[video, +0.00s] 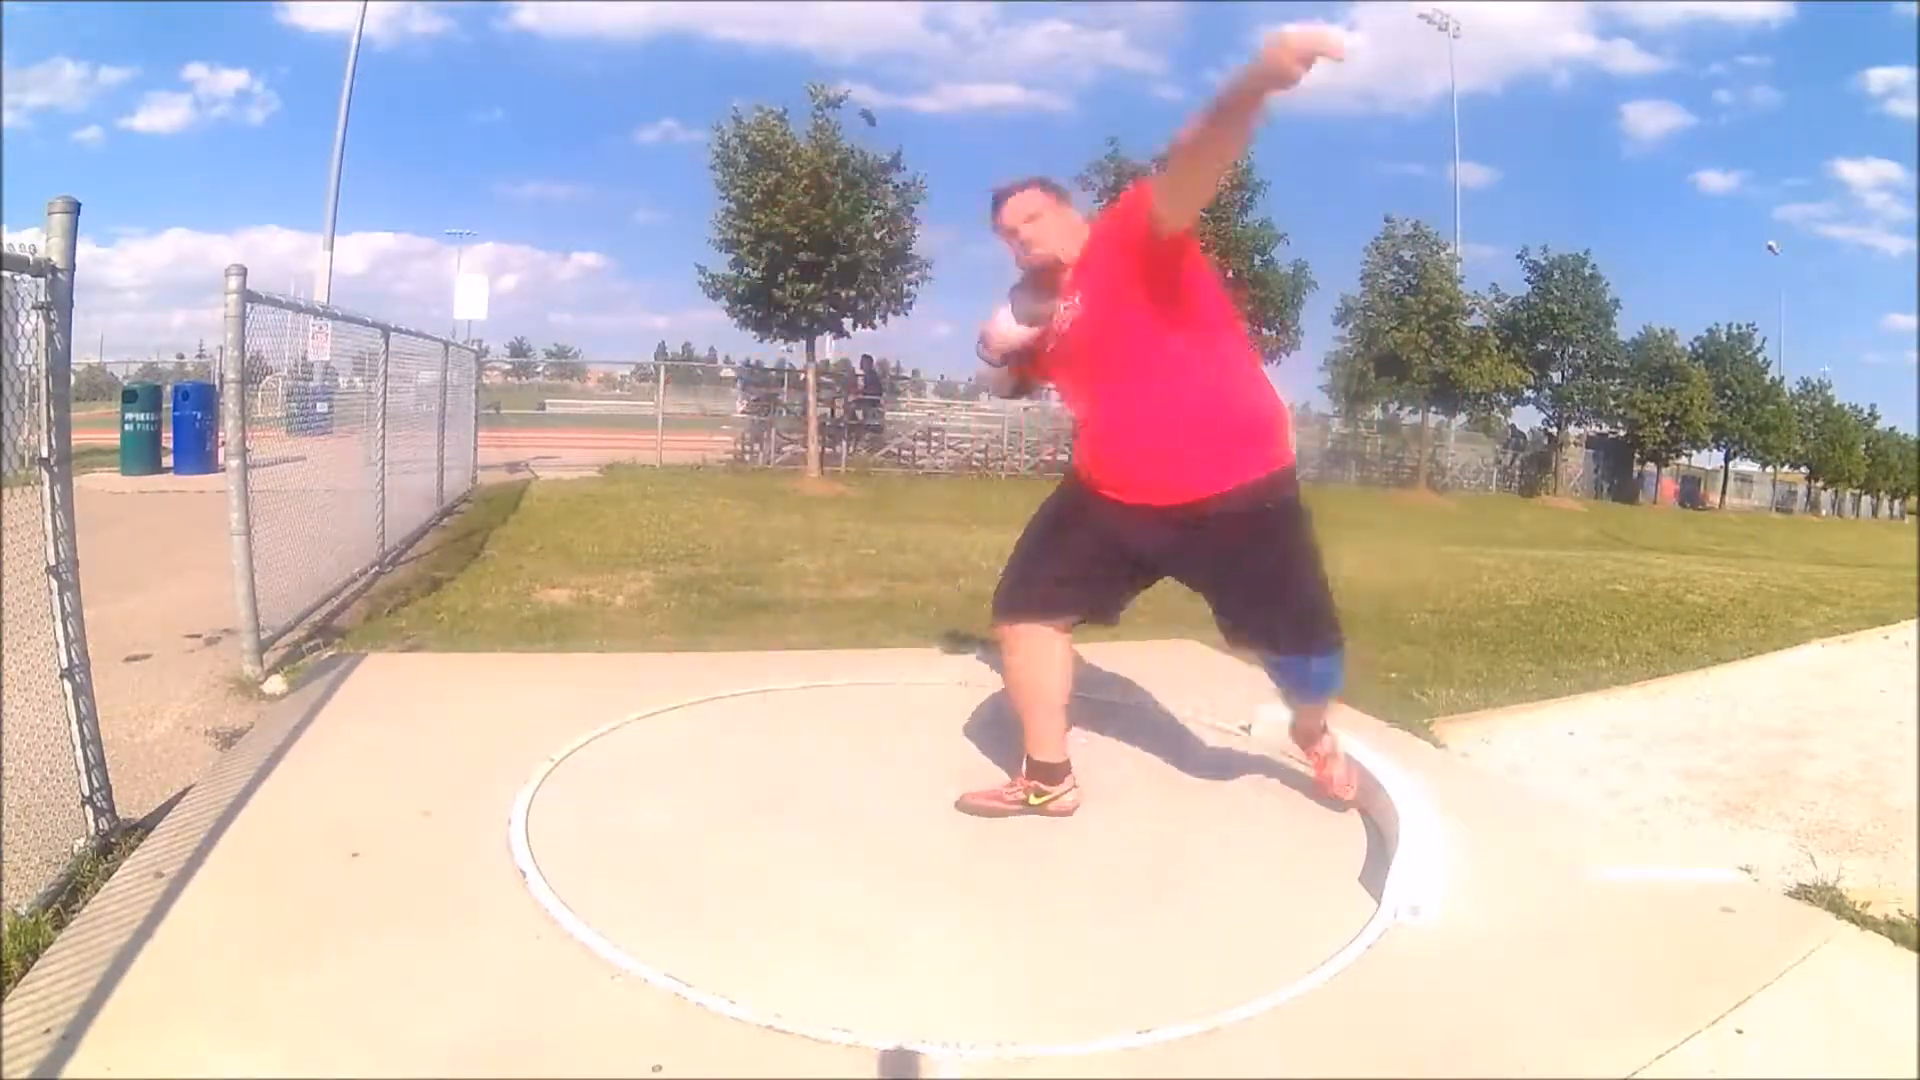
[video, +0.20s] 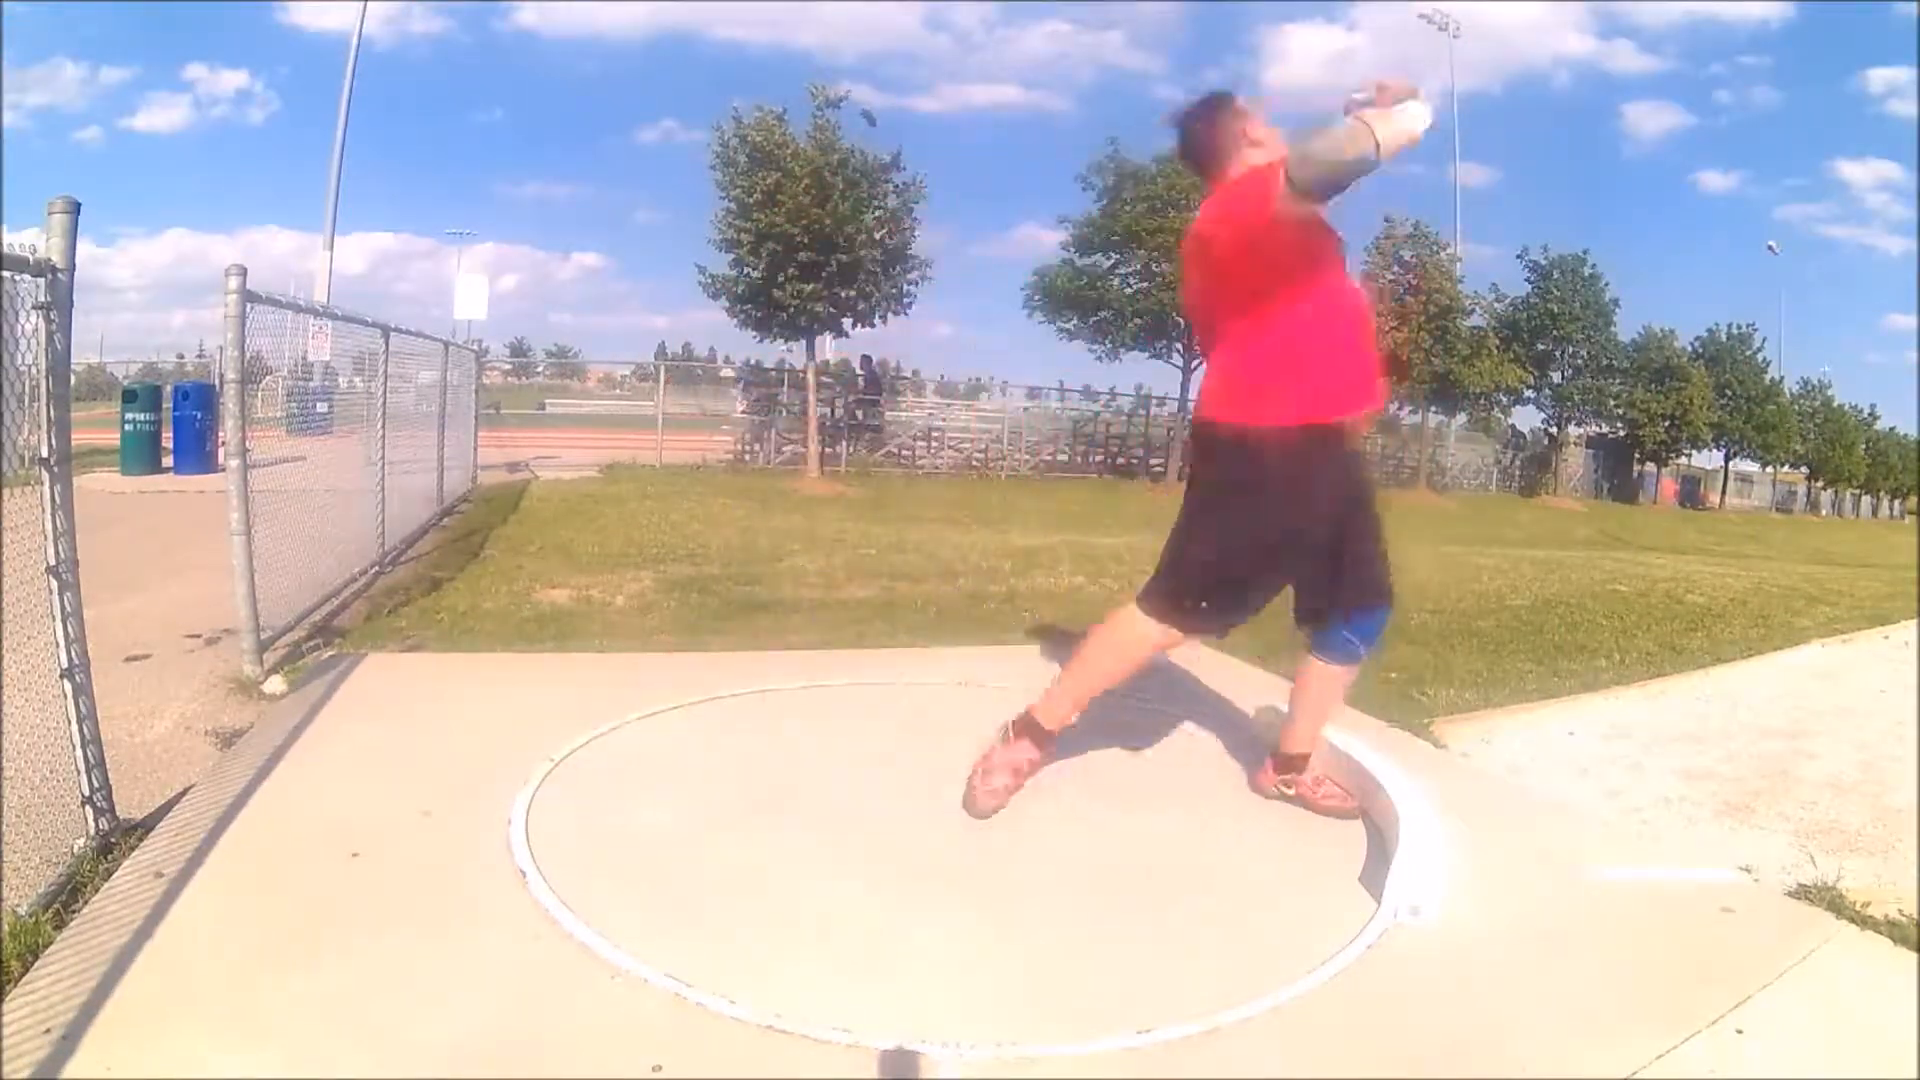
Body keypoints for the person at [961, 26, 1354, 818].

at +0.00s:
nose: (1023, 238)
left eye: (1032, 219)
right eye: (1010, 237)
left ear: (1074, 210)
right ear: (1013, 257)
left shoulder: (1139, 226)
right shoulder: (1047, 322)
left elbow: (1198, 162)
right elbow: (1010, 379)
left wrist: (1256, 82)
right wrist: (1002, 358)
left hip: (1242, 495)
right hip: (1110, 500)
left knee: (1310, 652)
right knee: (1025, 613)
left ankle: (1315, 736)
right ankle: (1046, 771)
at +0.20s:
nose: (1276, 132)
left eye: (1266, 123)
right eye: (1261, 125)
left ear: (1206, 161)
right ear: (1243, 142)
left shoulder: (1211, 232)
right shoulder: (1254, 193)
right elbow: (1324, 162)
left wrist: (1362, 119)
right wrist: (1399, 121)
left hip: (1322, 442)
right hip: (1255, 439)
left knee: (1355, 608)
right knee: (1179, 603)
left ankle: (1296, 761)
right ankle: (1036, 729)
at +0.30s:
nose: (1318, 133)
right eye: (1325, 121)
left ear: (1263, 138)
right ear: (1331, 121)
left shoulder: (1231, 210)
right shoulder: (1383, 171)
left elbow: (1196, 302)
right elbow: (1487, 143)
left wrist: (1271, 300)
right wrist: (1546, 107)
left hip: (1264, 413)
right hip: (1328, 422)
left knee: (1345, 590)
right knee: (1270, 607)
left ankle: (1292, 761)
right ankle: (1082, 687)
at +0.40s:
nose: (1354, 155)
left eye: (1350, 145)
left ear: (1348, 148)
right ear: (1416, 148)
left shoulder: (1315, 209)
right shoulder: (1453, 215)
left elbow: (1200, 261)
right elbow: (1455, 235)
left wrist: (1216, 224)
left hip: (1313, 426)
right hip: (1417, 433)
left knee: (1328, 607)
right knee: (1394, 630)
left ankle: (1326, 781)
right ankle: (1260, 699)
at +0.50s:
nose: (1375, 169)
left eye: (1376, 159)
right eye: (1381, 160)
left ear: (1384, 161)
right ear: (1447, 166)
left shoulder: (1375, 222)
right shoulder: (1461, 234)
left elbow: (1259, 261)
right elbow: (1369, 278)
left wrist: (1208, 239)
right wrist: (1300, 305)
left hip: (1371, 444)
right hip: (1476, 438)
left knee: (1354, 621)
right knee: (1473, 605)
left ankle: (1350, 795)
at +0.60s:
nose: (1403, 176)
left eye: (1407, 165)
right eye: (1408, 165)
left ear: (1425, 163)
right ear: (1474, 169)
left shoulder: (1448, 220)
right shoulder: (1464, 232)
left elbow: (1391, 264)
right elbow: (1363, 289)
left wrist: (1267, 257)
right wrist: (1283, 317)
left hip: (1420, 453)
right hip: (1514, 447)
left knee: (1385, 622)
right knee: (1540, 616)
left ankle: (1351, 793)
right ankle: (1637, 740)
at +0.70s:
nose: (1441, 190)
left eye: (1447, 177)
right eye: (1444, 178)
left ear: (1471, 178)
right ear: (1506, 182)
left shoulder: (1510, 233)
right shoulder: (1449, 250)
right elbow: (1381, 293)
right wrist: (1306, 301)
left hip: (1468, 464)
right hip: (1552, 464)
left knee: (1415, 632)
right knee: (1581, 626)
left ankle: (1356, 792)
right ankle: (1657, 779)